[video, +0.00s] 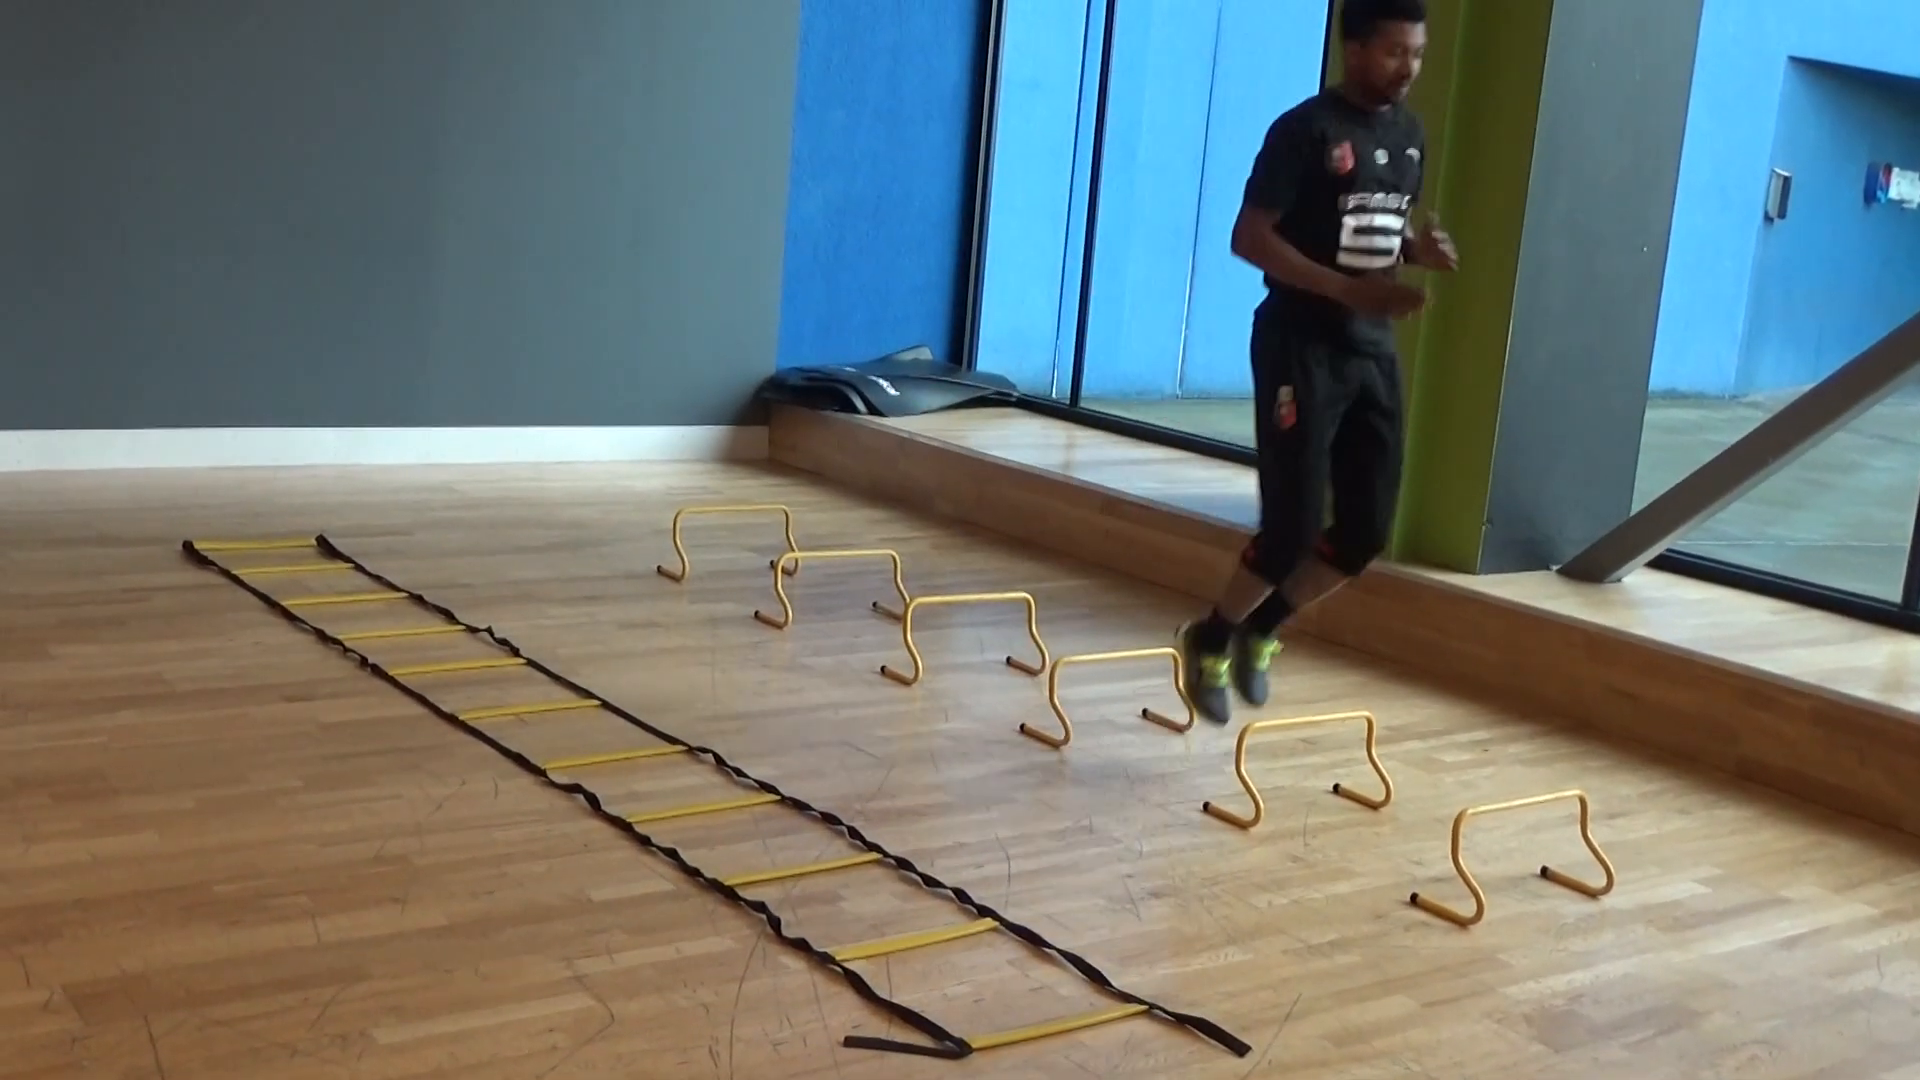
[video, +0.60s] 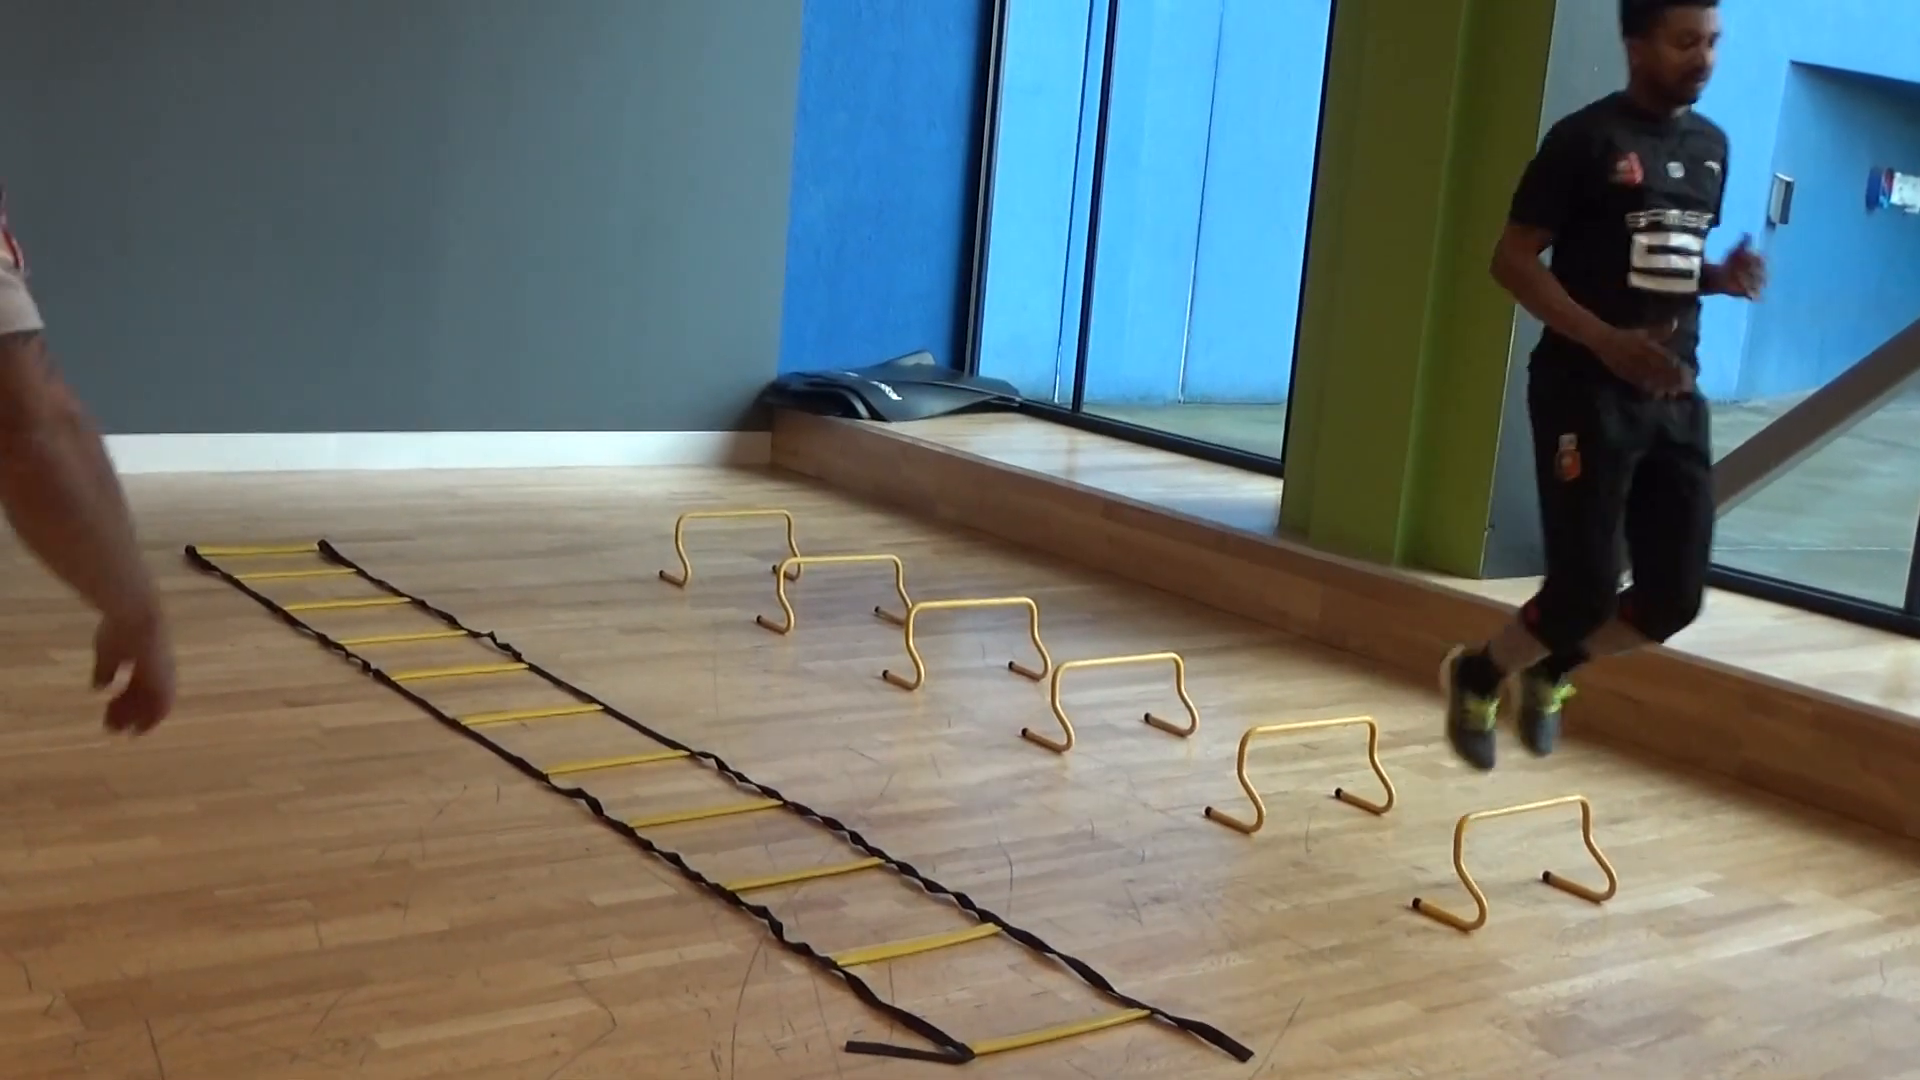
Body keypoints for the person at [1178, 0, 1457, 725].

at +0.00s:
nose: (1408, 68)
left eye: (1416, 54)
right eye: (1395, 52)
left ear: (1420, 57)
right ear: (1354, 48)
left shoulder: (1408, 136)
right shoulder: (1304, 131)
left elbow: (1385, 226)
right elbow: (1249, 236)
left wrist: (1419, 241)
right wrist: (1351, 287)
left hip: (1371, 348)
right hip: (1299, 344)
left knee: (1360, 539)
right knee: (1292, 531)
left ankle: (1260, 631)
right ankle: (1209, 637)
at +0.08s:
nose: (1467, 49)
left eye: (1476, 35)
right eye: (1454, 32)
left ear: (1481, 35)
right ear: (1407, 25)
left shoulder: (1457, 111)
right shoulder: (1350, 105)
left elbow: (1422, 210)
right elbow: (1269, 205)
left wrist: (1463, 285)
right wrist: (1316, 310)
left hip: (1403, 333)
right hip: (1331, 330)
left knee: (1425, 496)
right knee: (1347, 506)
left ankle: (1322, 593)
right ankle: (1262, 605)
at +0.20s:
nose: (1544, 75)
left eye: (1554, 61)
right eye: (1533, 56)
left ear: (1555, 60)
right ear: (1487, 43)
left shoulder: (1528, 130)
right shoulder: (1416, 112)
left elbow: (1468, 212)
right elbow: (1293, 150)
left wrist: (1473, 290)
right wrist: (1305, 271)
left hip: (1458, 345)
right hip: (1376, 338)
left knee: (1476, 523)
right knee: (1398, 525)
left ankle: (1424, 677)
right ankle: (1360, 696)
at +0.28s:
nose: (1582, 112)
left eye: (1591, 97)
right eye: (1570, 94)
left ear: (1591, 97)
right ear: (1521, 82)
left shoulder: (1563, 171)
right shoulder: (1451, 150)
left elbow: (1496, 249)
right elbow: (1332, 172)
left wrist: (1488, 343)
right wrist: (1336, 296)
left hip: (1492, 392)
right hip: (1411, 383)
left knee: (1495, 581)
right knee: (1427, 580)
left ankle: (1468, 760)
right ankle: (1411, 763)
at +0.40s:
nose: (1606, 186)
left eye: (1612, 171)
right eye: (1589, 170)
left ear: (1616, 174)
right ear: (1541, 173)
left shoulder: (1596, 266)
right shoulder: (1484, 264)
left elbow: (1549, 383)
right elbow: (1402, 368)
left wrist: (1582, 457)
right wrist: (1458, 477)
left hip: (1546, 497)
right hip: (1472, 494)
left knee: (1535, 691)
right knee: (1489, 683)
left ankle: (1459, 813)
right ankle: (1424, 824)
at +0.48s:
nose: (1628, 144)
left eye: (1634, 129)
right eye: (1611, 129)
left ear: (1638, 132)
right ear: (1562, 131)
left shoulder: (1639, 231)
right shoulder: (1517, 230)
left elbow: (1618, 349)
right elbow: (1470, 348)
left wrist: (1656, 384)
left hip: (1598, 480)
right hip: (1515, 474)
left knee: (1553, 661)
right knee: (1494, 651)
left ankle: (1468, 805)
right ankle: (1427, 811)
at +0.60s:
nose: (1705, 58)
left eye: (1712, 42)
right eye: (1687, 41)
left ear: (1718, 43)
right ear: (1636, 46)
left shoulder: (1710, 147)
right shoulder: (1583, 141)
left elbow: (1664, 265)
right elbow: (1510, 261)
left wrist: (1721, 277)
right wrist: (1605, 338)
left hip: (1674, 392)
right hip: (1584, 387)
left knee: (1672, 597)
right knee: (1582, 593)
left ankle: (1550, 672)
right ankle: (1478, 672)